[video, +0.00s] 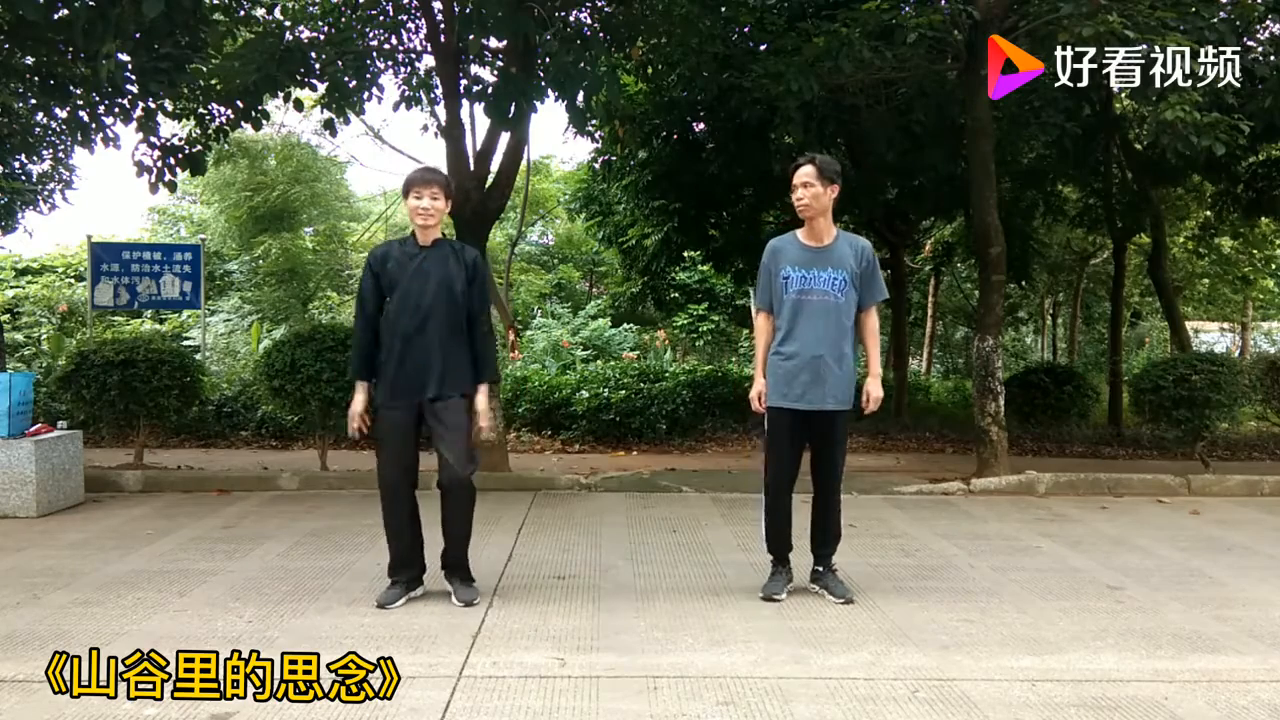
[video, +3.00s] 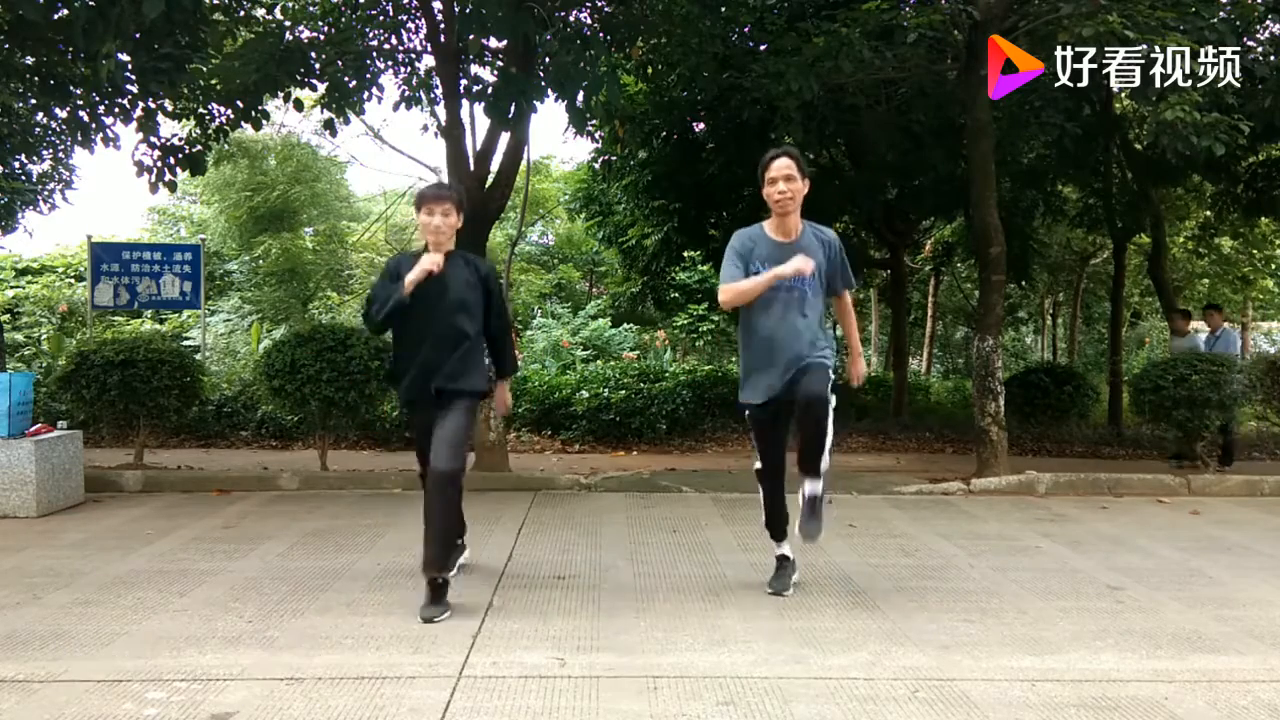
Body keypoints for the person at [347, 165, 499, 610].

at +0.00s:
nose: (426, 205)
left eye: (434, 198)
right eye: (417, 198)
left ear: (446, 205)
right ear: (405, 204)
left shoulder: (468, 260)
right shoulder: (382, 258)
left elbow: (481, 329)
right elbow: (365, 327)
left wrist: (483, 390)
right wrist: (360, 388)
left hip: (453, 389)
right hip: (393, 390)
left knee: (459, 475)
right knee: (394, 483)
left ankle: (458, 571)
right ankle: (405, 575)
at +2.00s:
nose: (447, 201)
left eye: (454, 194)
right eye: (438, 193)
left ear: (460, 200)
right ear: (418, 198)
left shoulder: (477, 253)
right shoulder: (393, 253)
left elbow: (491, 322)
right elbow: (383, 323)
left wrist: (485, 382)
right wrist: (385, 382)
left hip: (462, 384)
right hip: (408, 385)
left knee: (462, 482)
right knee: (411, 483)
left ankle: (462, 571)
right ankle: (413, 575)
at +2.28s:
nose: (435, 198)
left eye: (444, 191)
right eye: (427, 190)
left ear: (456, 198)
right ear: (414, 197)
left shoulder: (476, 249)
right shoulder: (398, 252)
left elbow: (513, 306)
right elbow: (377, 307)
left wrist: (531, 362)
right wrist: (349, 340)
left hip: (461, 382)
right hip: (408, 382)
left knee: (460, 481)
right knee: (410, 482)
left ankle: (462, 572)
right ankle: (412, 576)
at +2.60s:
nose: (426, 194)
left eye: (435, 187)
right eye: (419, 187)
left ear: (449, 193)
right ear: (408, 192)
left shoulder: (471, 245)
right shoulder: (388, 248)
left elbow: (499, 306)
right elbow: (368, 309)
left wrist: (516, 364)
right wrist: (352, 361)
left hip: (462, 362)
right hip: (412, 366)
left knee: (450, 422)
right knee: (417, 470)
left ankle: (453, 524)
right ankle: (421, 573)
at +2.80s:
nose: (435, 200)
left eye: (444, 193)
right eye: (427, 192)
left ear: (456, 199)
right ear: (415, 197)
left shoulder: (476, 252)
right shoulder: (394, 249)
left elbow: (489, 312)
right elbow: (369, 306)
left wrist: (488, 370)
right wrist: (392, 318)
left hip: (466, 352)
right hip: (414, 360)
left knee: (432, 373)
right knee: (428, 460)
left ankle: (434, 472)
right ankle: (439, 559)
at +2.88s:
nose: (435, 197)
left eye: (444, 190)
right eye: (427, 189)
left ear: (457, 195)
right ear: (416, 194)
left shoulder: (477, 247)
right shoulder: (395, 243)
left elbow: (491, 306)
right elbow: (369, 302)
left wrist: (489, 361)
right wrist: (406, 285)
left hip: (464, 351)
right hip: (415, 357)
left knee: (435, 401)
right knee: (430, 441)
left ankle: (430, 508)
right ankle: (447, 548)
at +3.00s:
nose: (437, 221)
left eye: (446, 214)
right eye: (429, 214)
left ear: (458, 220)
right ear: (418, 219)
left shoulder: (478, 271)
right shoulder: (401, 266)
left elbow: (498, 328)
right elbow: (374, 317)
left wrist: (502, 379)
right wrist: (409, 281)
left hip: (464, 384)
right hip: (417, 386)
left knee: (445, 470)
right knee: (431, 472)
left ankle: (436, 580)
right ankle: (455, 541)